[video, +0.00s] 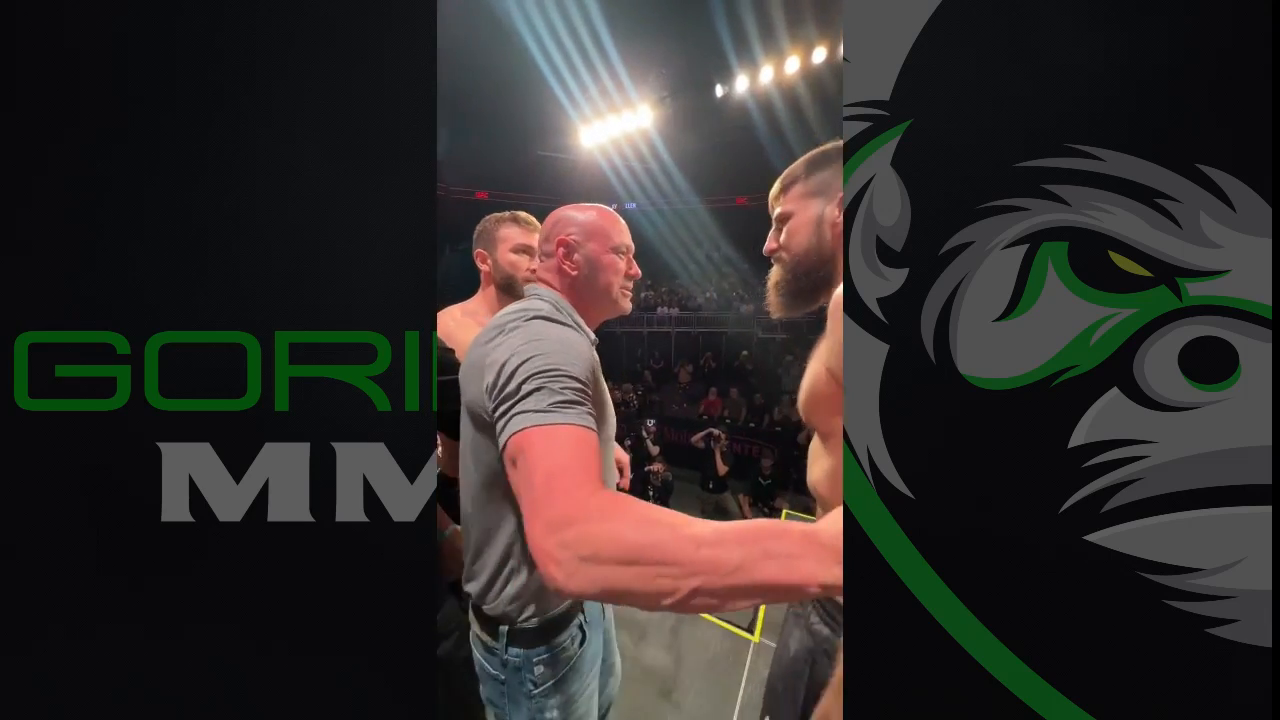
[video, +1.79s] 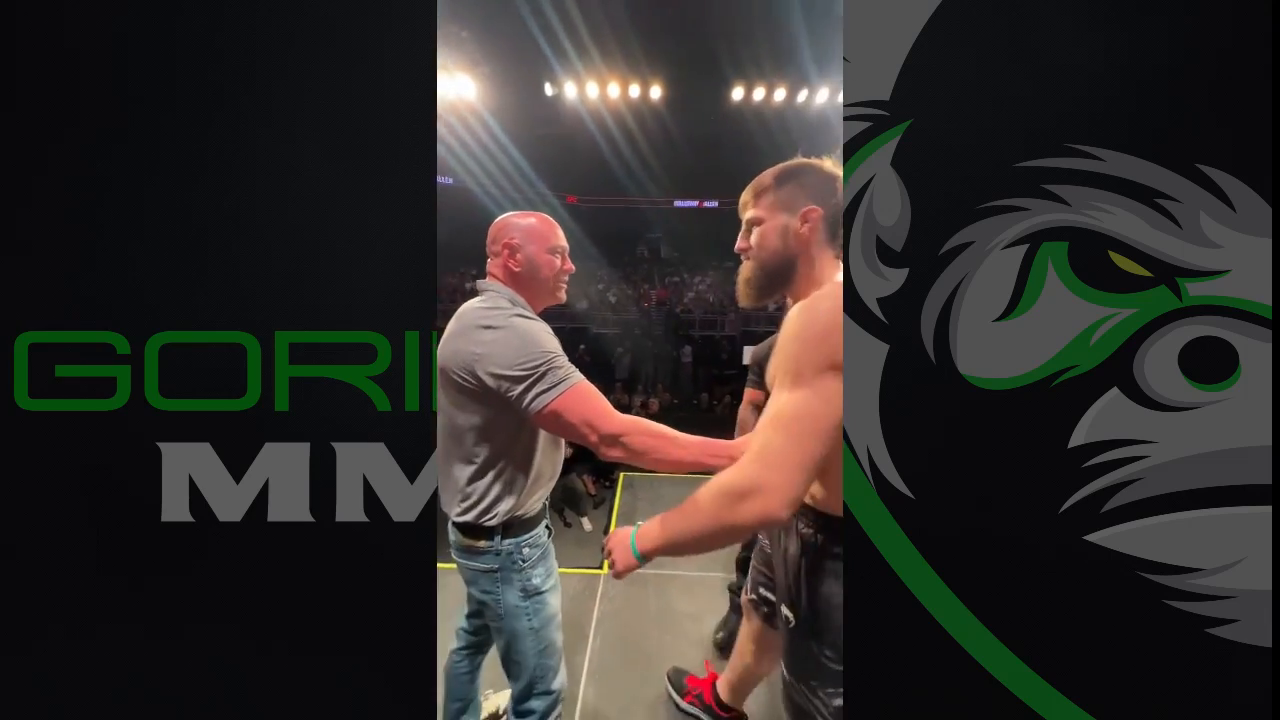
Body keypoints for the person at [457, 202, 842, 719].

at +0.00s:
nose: (637, 269)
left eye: (633, 256)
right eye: (621, 253)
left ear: (567, 256)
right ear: (567, 254)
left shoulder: (551, 331)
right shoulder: (538, 341)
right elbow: (574, 541)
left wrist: (598, 449)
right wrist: (823, 553)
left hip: (579, 616)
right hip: (536, 649)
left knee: (600, 703)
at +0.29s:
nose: (644, 270)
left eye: (641, 256)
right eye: (631, 254)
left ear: (581, 259)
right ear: (579, 256)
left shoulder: (568, 333)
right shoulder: (538, 339)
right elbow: (619, 526)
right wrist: (848, 544)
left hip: (584, 582)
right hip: (540, 611)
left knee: (590, 685)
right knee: (557, 712)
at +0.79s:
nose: (665, 285)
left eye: (664, 271)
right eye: (655, 269)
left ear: (607, 265)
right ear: (610, 262)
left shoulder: (572, 327)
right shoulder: (577, 341)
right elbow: (633, 501)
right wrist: (816, 509)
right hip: (559, 563)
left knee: (565, 666)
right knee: (565, 703)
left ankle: (574, 708)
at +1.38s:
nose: (611, 279)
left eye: (611, 267)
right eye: (602, 266)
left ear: (554, 264)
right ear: (558, 262)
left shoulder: (523, 320)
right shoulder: (549, 334)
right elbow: (640, 441)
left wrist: (639, 450)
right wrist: (764, 448)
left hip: (519, 528)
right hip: (544, 539)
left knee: (524, 643)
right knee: (586, 690)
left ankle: (519, 711)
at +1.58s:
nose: (590, 270)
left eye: (588, 259)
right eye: (578, 258)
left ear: (530, 262)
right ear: (532, 259)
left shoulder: (502, 318)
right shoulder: (530, 331)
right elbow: (626, 436)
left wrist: (610, 438)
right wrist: (746, 447)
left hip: (498, 527)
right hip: (525, 537)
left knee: (496, 646)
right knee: (560, 692)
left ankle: (492, 713)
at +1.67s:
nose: (583, 269)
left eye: (581, 258)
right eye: (572, 257)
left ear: (524, 260)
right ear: (525, 258)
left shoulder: (498, 318)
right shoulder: (523, 331)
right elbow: (620, 435)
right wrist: (741, 452)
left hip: (493, 528)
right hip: (517, 539)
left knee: (489, 645)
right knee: (551, 693)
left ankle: (480, 713)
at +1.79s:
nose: (569, 266)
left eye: (567, 254)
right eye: (557, 254)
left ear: (510, 257)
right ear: (510, 256)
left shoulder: (485, 316)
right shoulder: (510, 332)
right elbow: (609, 435)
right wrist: (736, 452)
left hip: (482, 529)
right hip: (507, 540)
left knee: (474, 640)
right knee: (540, 691)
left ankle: (457, 713)